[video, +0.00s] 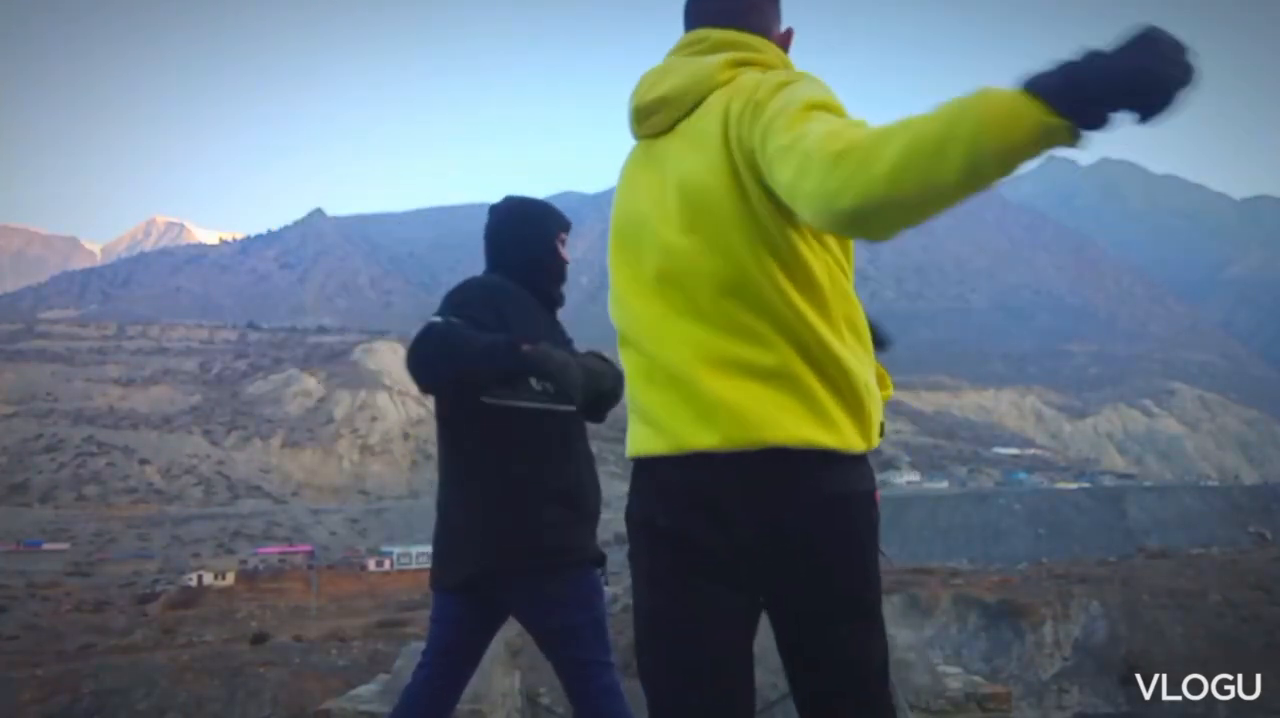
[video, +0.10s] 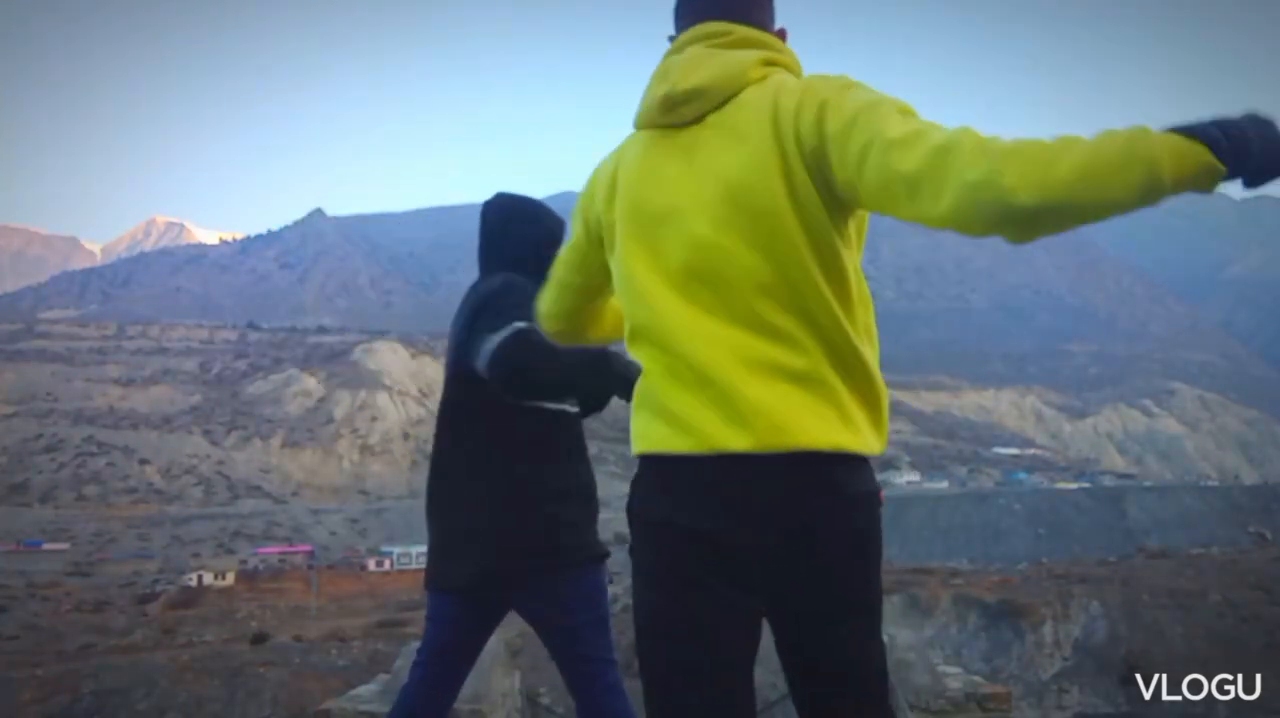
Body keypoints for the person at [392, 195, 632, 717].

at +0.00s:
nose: (567, 257)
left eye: (566, 245)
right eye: (560, 244)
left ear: (528, 247)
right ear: (527, 247)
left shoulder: (547, 323)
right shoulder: (484, 298)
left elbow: (608, 389)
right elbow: (429, 356)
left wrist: (582, 370)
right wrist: (526, 356)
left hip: (558, 547)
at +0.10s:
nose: (565, 259)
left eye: (564, 248)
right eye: (558, 246)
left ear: (498, 243)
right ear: (538, 246)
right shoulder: (506, 293)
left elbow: (566, 404)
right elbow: (515, 361)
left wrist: (606, 373)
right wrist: (612, 366)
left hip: (473, 540)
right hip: (543, 538)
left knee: (430, 685)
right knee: (597, 682)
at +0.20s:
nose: (564, 255)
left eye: (560, 242)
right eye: (556, 242)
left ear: (486, 246)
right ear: (542, 245)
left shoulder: (451, 314)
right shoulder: (548, 301)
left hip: (462, 538)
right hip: (553, 535)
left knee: (427, 688)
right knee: (600, 683)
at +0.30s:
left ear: (478, 250)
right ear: (547, 248)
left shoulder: (442, 307)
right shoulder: (578, 302)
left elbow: (405, 360)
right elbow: (656, 364)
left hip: (468, 539)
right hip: (565, 535)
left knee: (429, 689)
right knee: (605, 686)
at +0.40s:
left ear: (475, 243)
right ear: (543, 242)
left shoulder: (445, 302)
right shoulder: (583, 302)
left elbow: (351, 318)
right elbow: (613, 366)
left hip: (470, 540)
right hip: (569, 536)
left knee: (435, 687)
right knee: (608, 684)